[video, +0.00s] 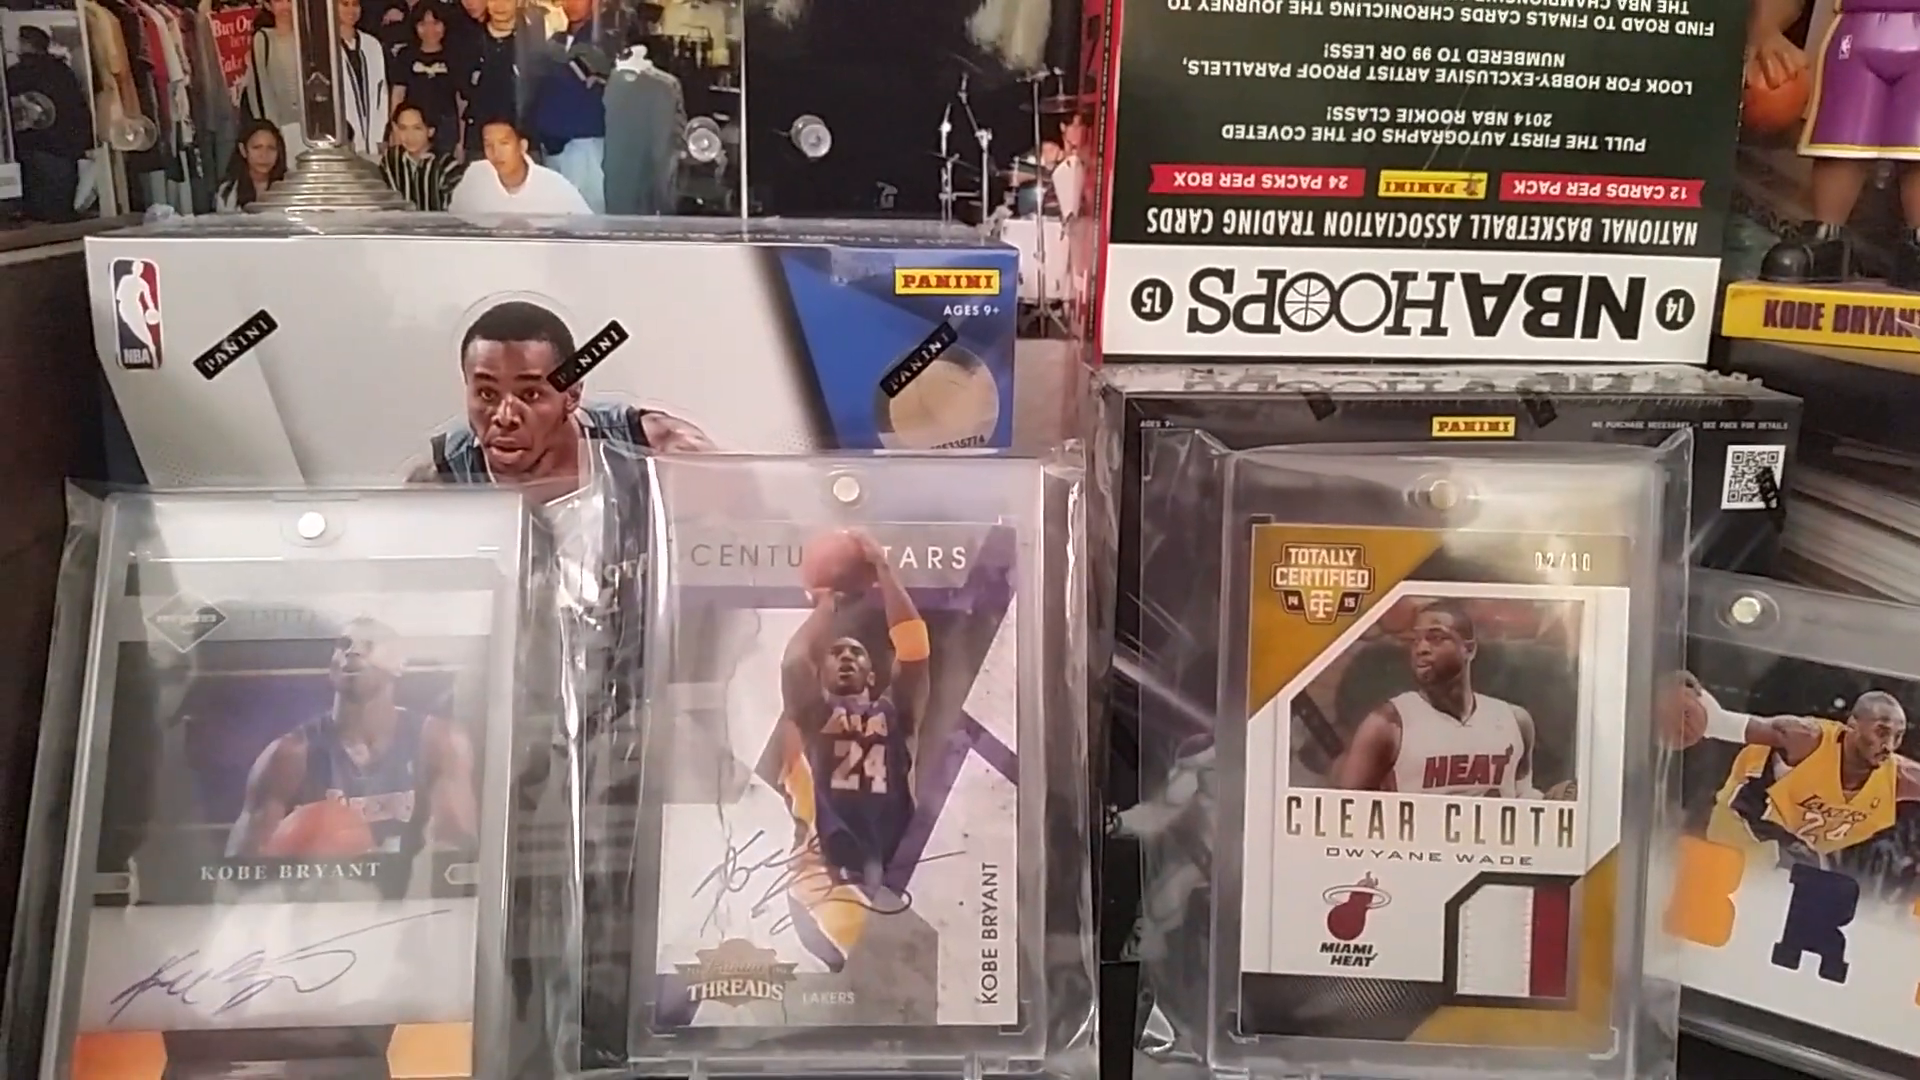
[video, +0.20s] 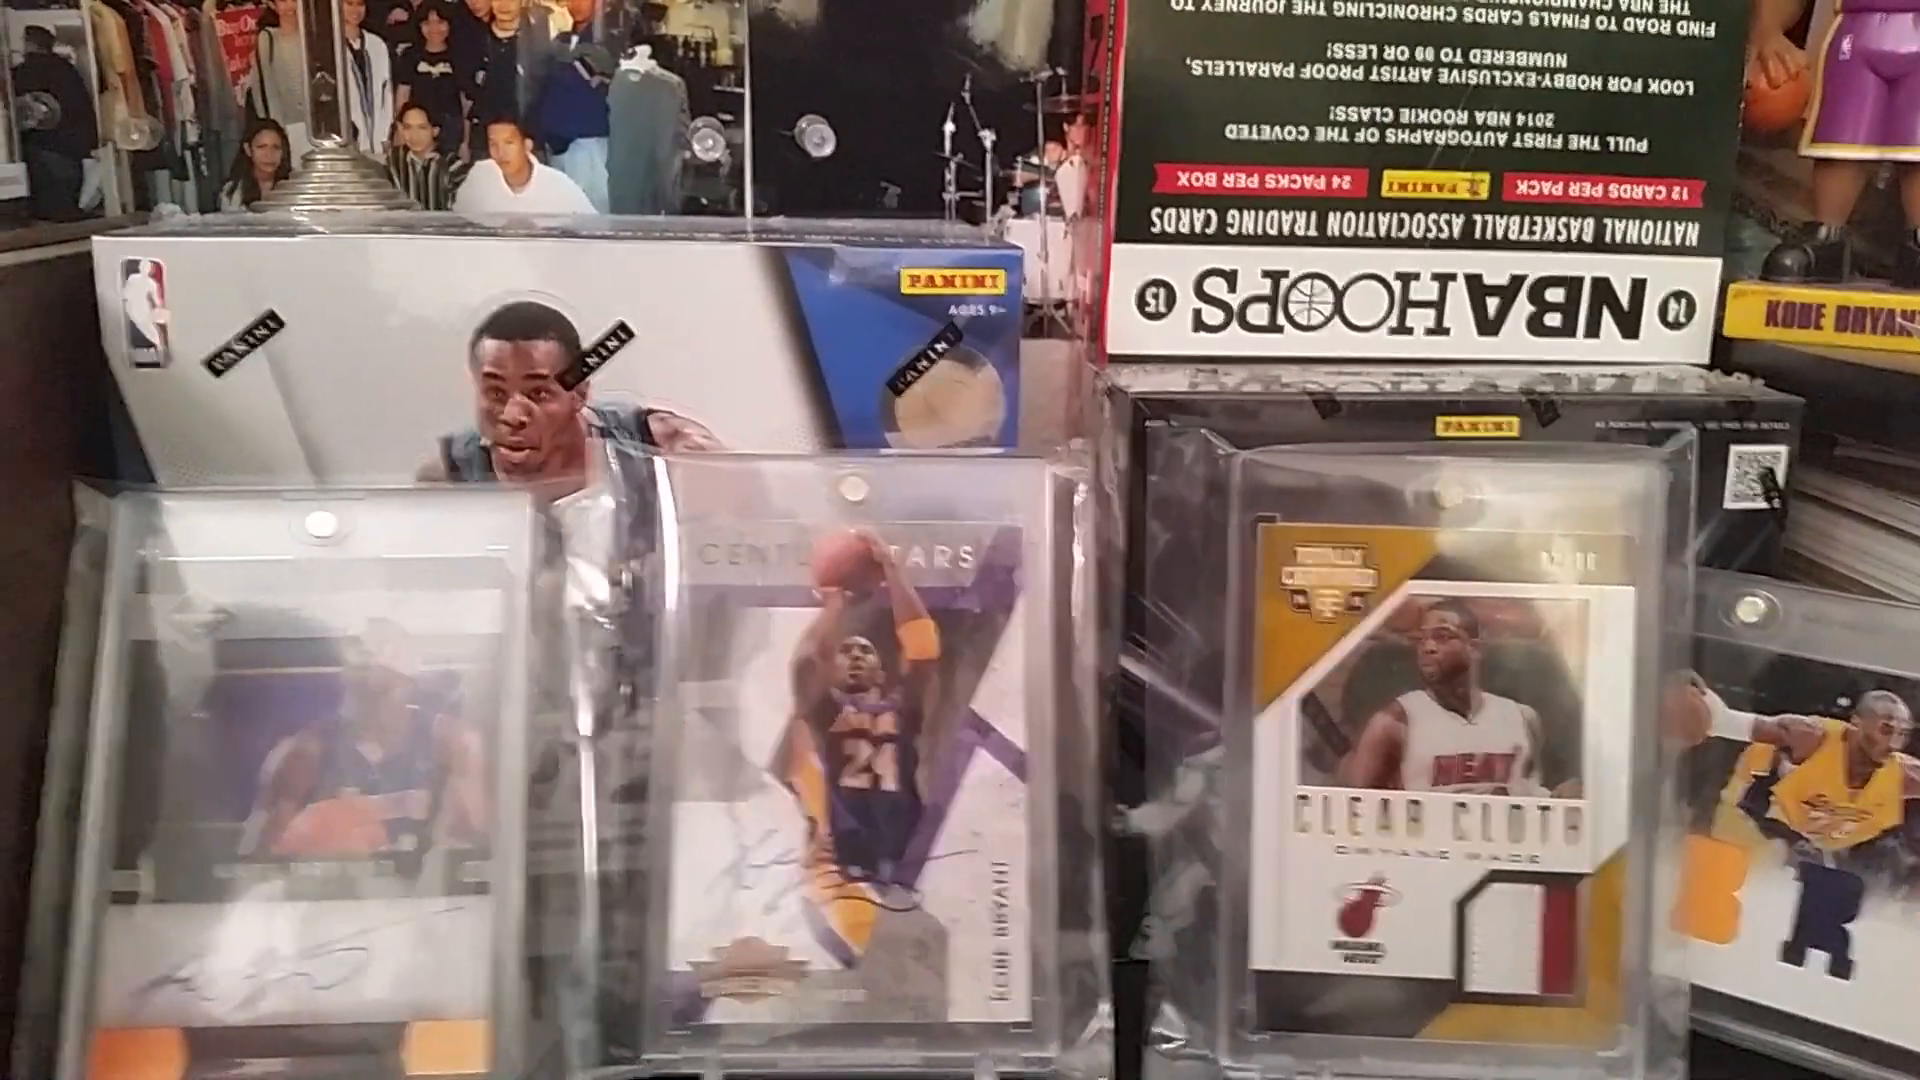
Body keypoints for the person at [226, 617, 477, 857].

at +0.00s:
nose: (351, 654)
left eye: (369, 646)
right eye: (343, 645)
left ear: (398, 663)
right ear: (330, 661)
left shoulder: (442, 743)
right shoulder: (286, 757)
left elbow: (455, 849)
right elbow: (238, 869)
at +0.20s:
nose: (367, 671)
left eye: (378, 660)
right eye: (356, 660)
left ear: (405, 674)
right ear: (343, 671)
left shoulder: (454, 742)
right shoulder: (303, 752)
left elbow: (469, 841)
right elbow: (263, 851)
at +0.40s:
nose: (410, 653)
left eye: (426, 642)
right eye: (403, 643)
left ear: (453, 660)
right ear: (391, 659)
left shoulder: (498, 733)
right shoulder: (351, 744)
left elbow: (513, 829)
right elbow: (302, 848)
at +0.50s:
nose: (431, 644)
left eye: (448, 632)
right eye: (422, 632)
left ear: (471, 651)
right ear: (409, 647)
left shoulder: (517, 730)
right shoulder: (369, 741)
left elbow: (531, 825)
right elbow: (321, 846)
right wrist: (388, 820)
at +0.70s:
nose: (437, 642)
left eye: (453, 632)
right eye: (427, 632)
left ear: (477, 650)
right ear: (414, 648)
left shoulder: (519, 729)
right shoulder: (371, 740)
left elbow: (533, 827)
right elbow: (321, 850)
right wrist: (379, 825)